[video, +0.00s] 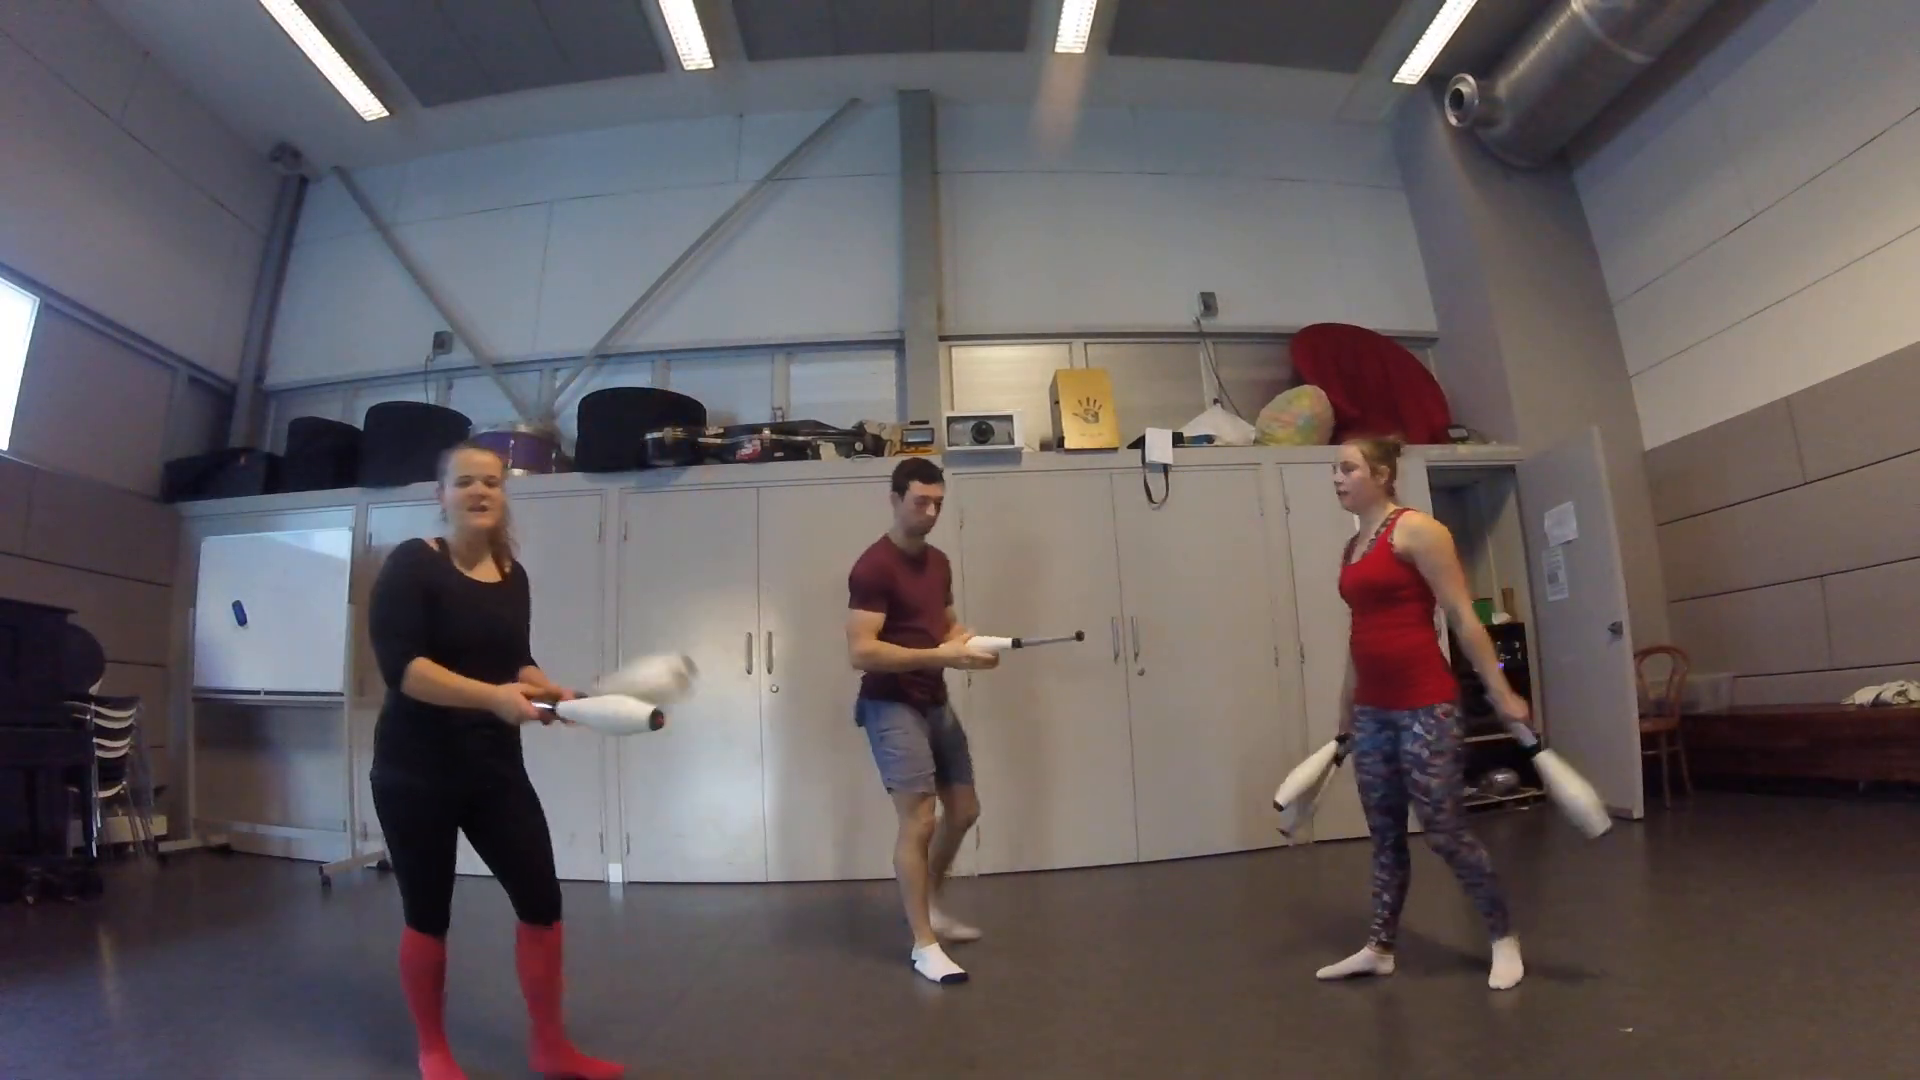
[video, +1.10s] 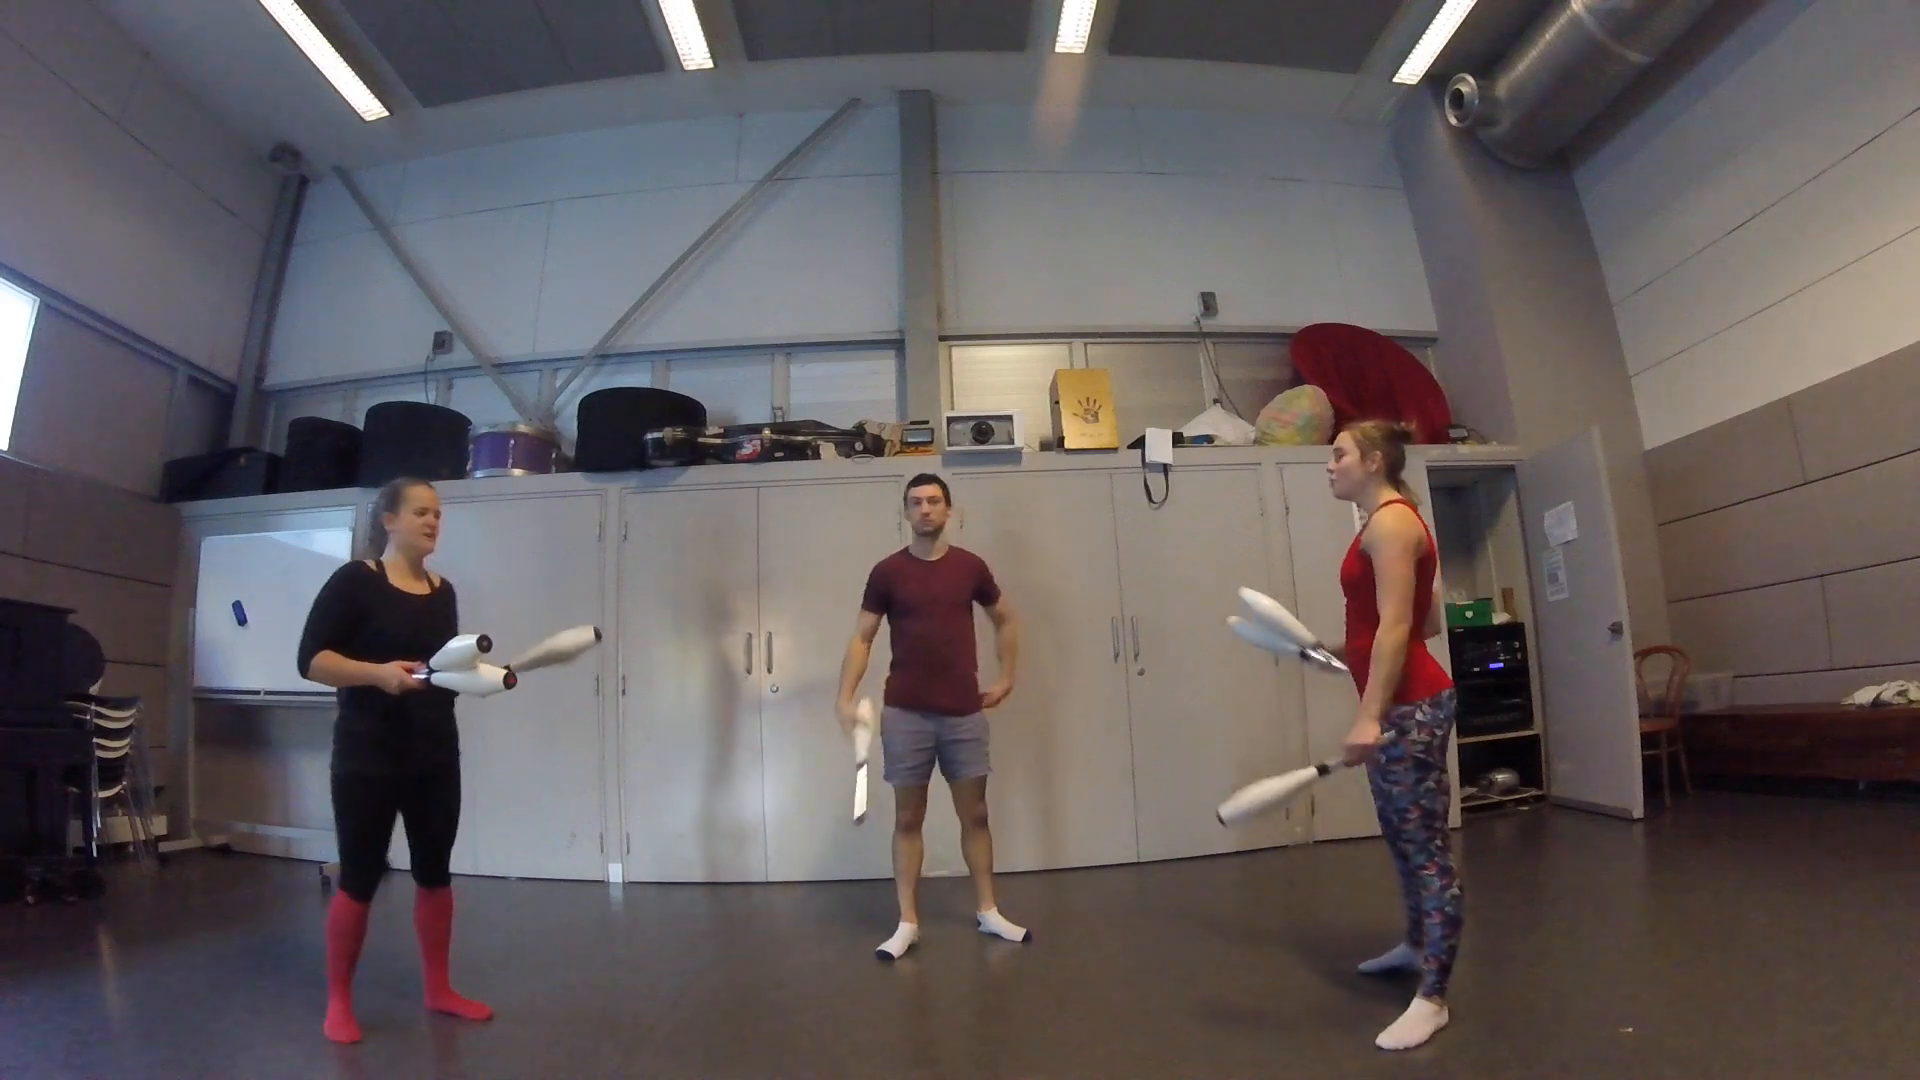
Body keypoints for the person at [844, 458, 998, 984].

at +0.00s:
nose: (930, 511)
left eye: (937, 503)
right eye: (921, 502)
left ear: (941, 505)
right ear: (896, 500)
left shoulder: (937, 562)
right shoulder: (873, 567)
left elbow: (945, 625)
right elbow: (861, 651)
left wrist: (971, 645)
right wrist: (942, 656)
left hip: (932, 700)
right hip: (889, 705)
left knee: (963, 811)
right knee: (918, 820)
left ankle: (927, 902)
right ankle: (923, 944)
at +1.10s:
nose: (925, 509)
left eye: (933, 501)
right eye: (917, 502)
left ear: (948, 510)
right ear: (906, 512)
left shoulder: (971, 567)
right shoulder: (887, 572)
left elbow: (1005, 620)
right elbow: (863, 639)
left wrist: (1007, 681)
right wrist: (845, 699)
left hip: (964, 710)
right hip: (906, 712)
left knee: (975, 814)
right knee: (908, 818)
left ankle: (988, 911)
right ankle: (908, 921)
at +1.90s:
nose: (902, 513)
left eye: (911, 506)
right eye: (895, 506)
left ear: (926, 515)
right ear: (885, 516)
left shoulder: (948, 572)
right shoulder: (868, 575)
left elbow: (970, 637)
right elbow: (852, 642)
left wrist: (973, 702)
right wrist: (841, 705)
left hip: (934, 709)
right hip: (881, 709)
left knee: (928, 813)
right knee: (891, 815)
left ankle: (924, 910)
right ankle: (904, 920)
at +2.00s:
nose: (904, 513)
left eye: (912, 506)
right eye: (897, 507)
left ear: (928, 515)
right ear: (887, 516)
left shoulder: (948, 572)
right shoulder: (868, 574)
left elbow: (969, 638)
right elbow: (851, 643)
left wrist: (975, 700)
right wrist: (835, 707)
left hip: (934, 708)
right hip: (880, 707)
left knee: (926, 810)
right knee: (888, 813)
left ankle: (925, 910)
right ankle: (902, 920)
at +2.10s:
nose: (904, 513)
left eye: (913, 506)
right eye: (897, 506)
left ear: (929, 514)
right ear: (888, 515)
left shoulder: (949, 573)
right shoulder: (868, 574)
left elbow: (969, 638)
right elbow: (850, 643)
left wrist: (978, 699)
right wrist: (832, 708)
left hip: (934, 707)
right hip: (880, 706)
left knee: (926, 810)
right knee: (888, 813)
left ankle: (924, 910)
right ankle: (900, 918)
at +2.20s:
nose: (904, 512)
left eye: (912, 505)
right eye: (896, 506)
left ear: (927, 514)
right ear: (886, 515)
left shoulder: (948, 572)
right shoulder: (867, 573)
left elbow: (969, 638)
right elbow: (849, 644)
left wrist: (981, 701)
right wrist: (830, 711)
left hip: (934, 707)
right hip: (880, 706)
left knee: (926, 812)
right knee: (889, 814)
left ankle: (924, 911)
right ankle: (900, 918)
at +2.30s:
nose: (902, 512)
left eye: (910, 504)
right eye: (894, 505)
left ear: (925, 514)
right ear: (883, 515)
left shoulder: (945, 571)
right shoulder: (865, 575)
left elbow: (967, 637)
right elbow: (848, 646)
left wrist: (981, 699)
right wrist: (831, 714)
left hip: (935, 706)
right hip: (881, 707)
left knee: (926, 810)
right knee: (891, 815)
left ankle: (924, 911)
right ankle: (902, 919)